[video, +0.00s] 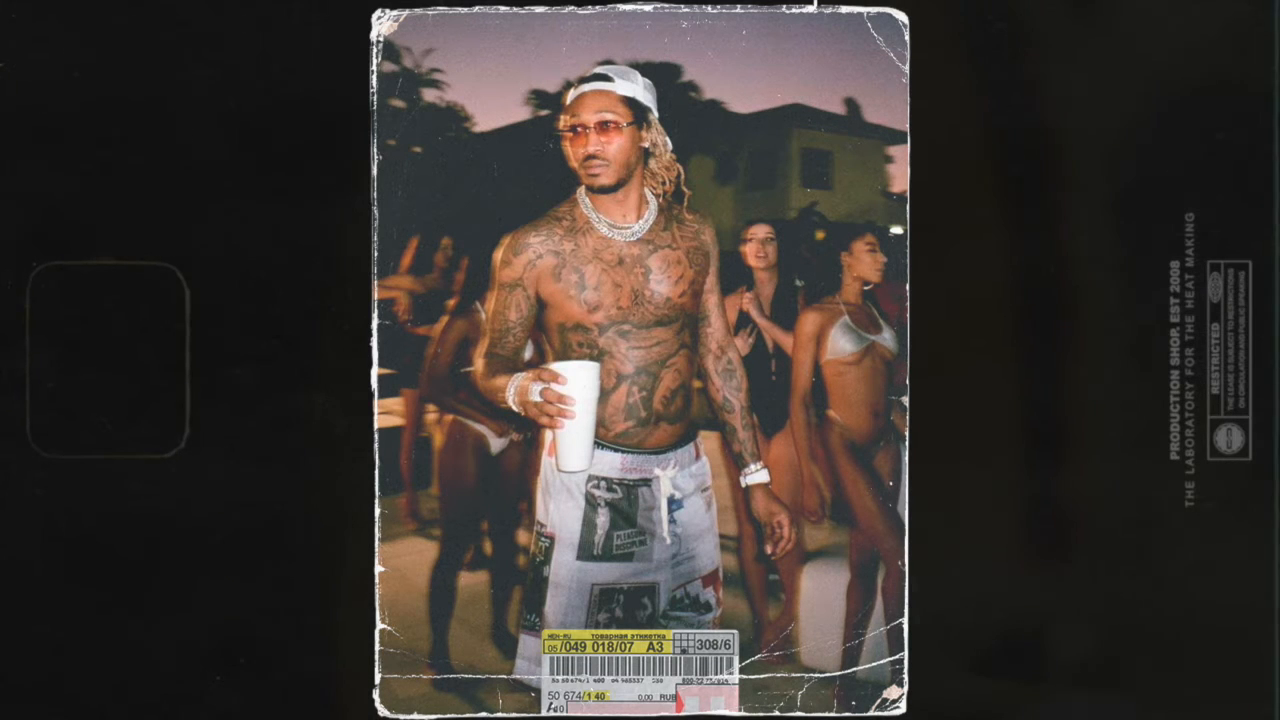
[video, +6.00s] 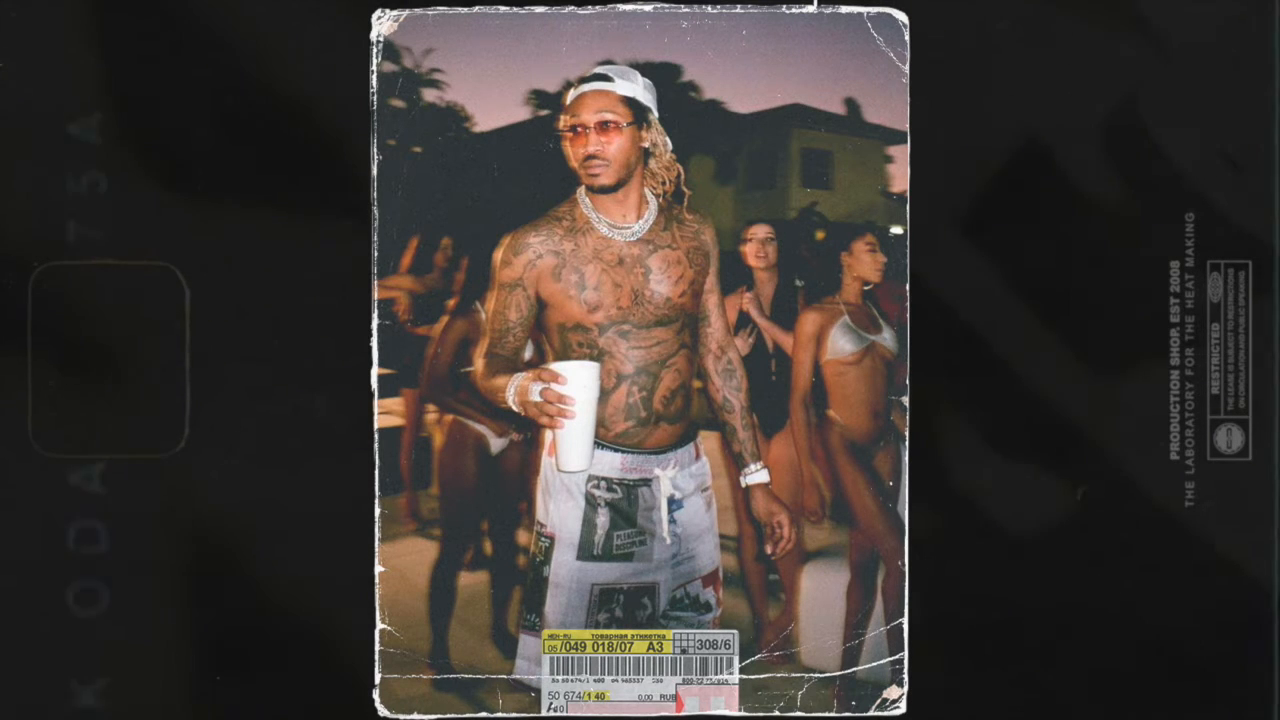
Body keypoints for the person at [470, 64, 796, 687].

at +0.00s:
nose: (590, 143)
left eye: (608, 126)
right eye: (576, 130)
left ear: (646, 138)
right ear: (565, 144)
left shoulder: (693, 235)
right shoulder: (532, 248)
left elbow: (720, 359)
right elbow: (491, 365)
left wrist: (756, 482)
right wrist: (516, 389)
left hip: (681, 477)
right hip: (582, 481)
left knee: (689, 664)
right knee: (574, 669)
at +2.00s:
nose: (589, 143)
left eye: (608, 126)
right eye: (576, 130)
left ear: (646, 138)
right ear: (565, 144)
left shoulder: (693, 235)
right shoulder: (532, 248)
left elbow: (720, 359)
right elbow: (491, 366)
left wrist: (756, 482)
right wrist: (516, 389)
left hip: (681, 477)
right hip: (583, 482)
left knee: (690, 664)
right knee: (574, 669)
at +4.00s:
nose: (590, 143)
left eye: (608, 126)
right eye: (576, 130)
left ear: (646, 138)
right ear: (565, 143)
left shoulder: (693, 236)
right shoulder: (532, 248)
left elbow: (720, 358)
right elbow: (490, 366)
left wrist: (756, 481)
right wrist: (516, 389)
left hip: (681, 477)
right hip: (582, 482)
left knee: (690, 663)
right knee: (574, 666)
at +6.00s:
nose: (589, 143)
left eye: (608, 126)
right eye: (576, 130)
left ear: (645, 138)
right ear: (565, 143)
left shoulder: (693, 235)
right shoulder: (532, 248)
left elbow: (720, 358)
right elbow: (491, 365)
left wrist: (756, 482)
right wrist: (517, 389)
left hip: (681, 475)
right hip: (583, 481)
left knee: (688, 662)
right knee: (575, 668)